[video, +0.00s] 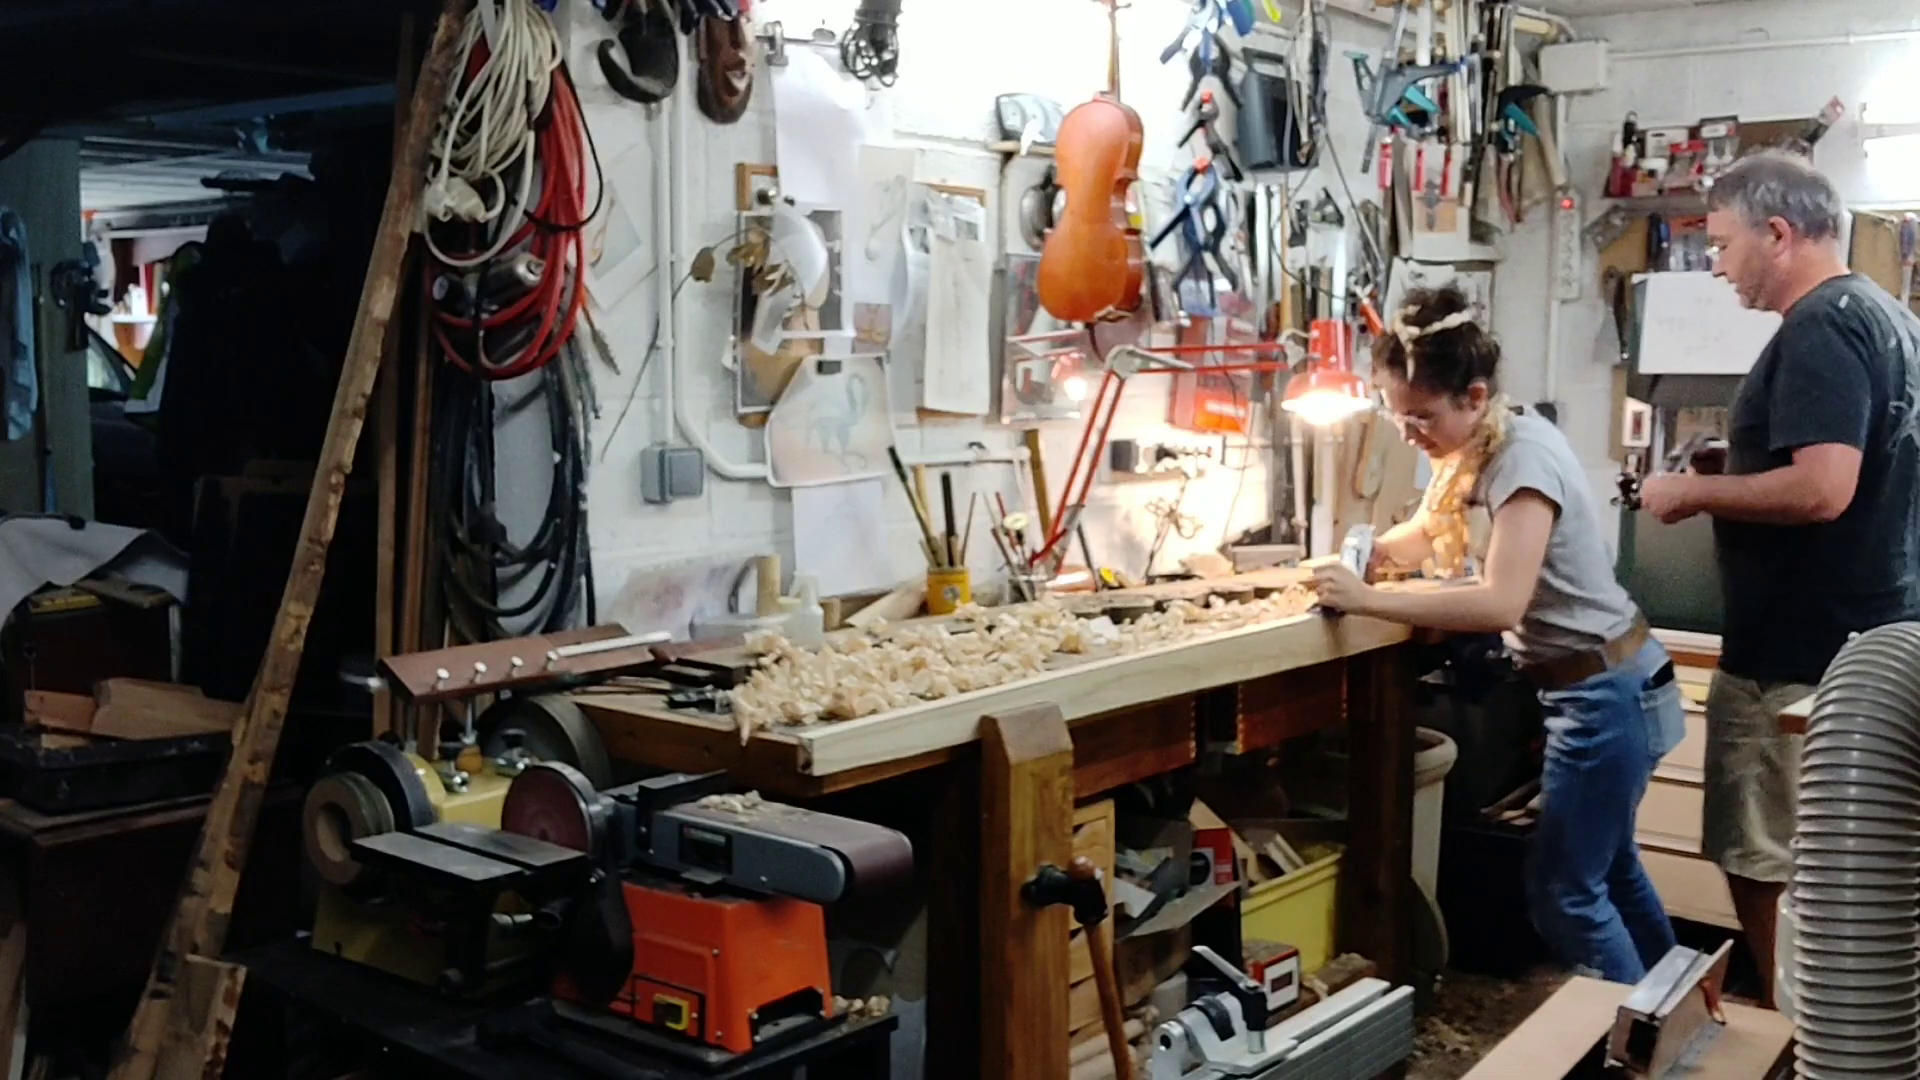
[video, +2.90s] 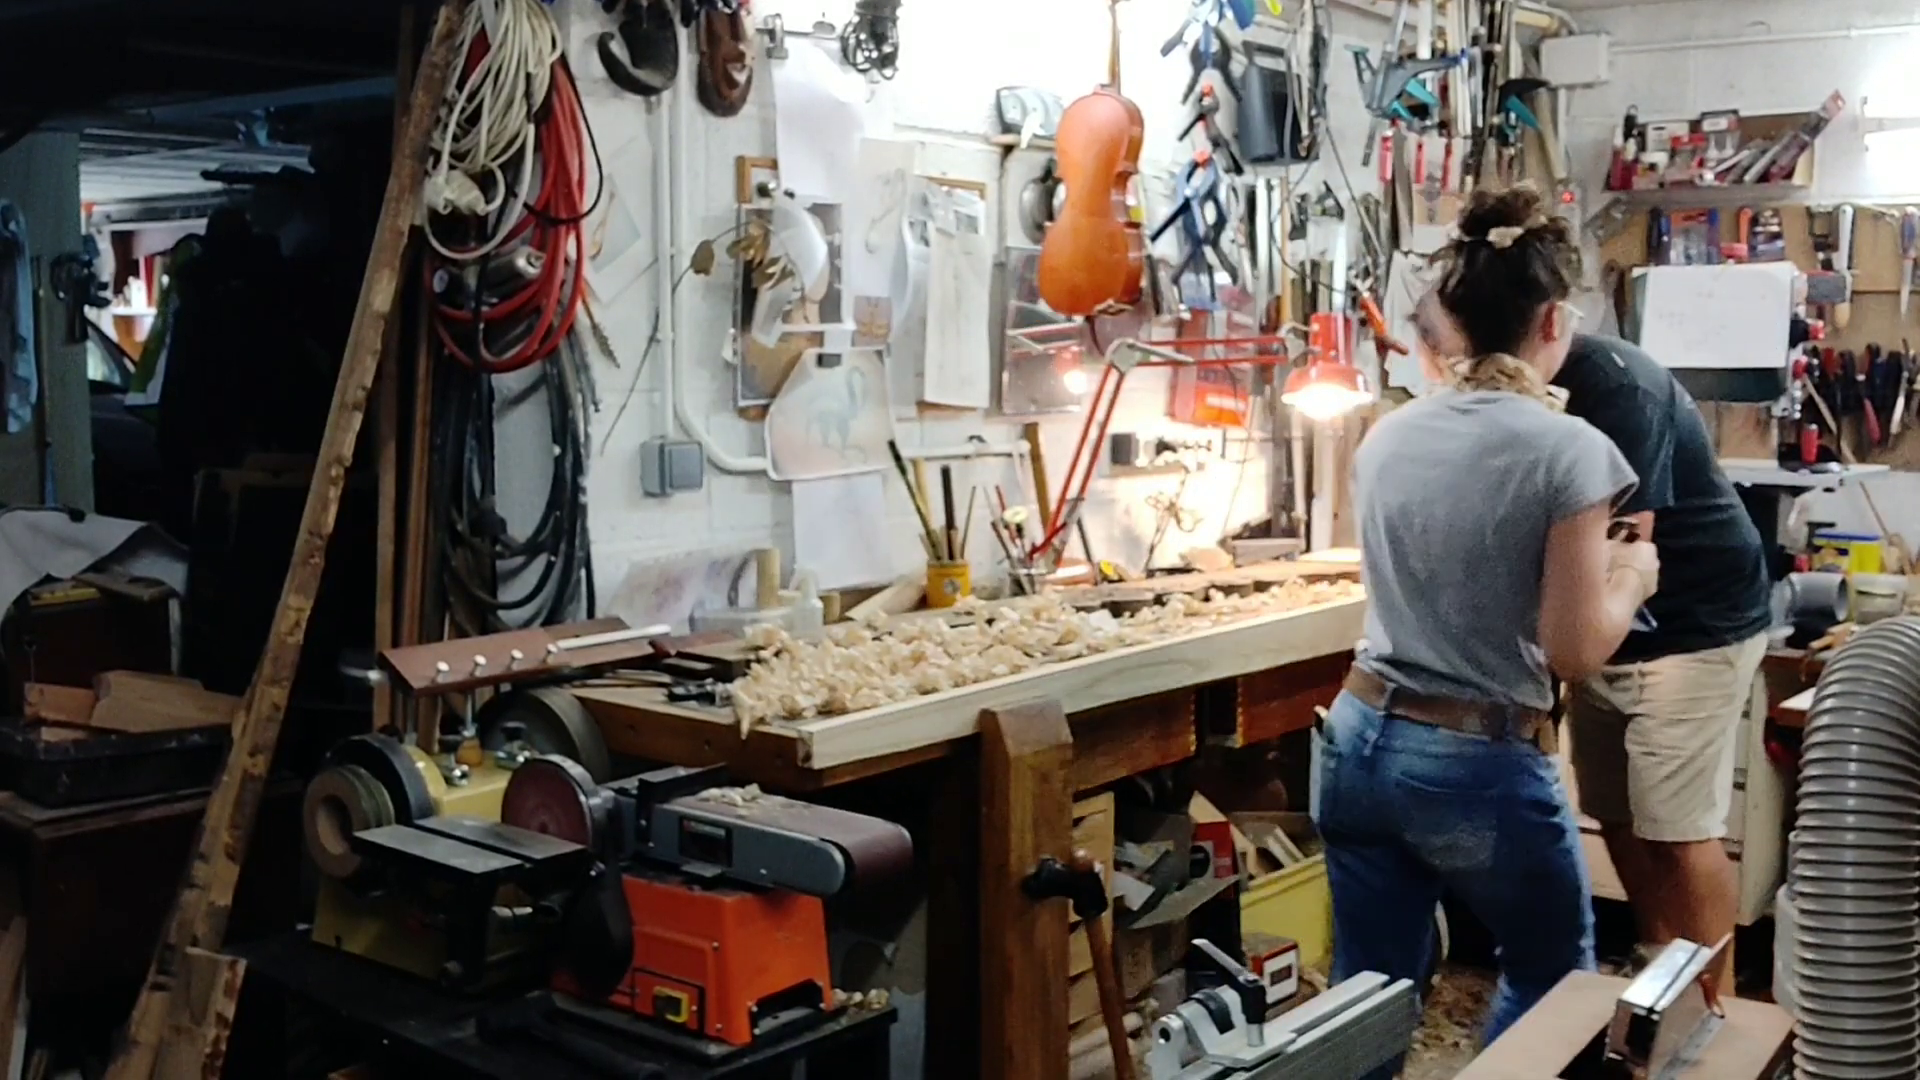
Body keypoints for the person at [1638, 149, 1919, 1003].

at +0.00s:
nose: (1715, 266)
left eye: (1721, 243)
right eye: (1712, 247)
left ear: (1780, 233)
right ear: (1796, 235)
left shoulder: (1825, 322)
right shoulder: (1877, 315)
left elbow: (1821, 487)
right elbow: (1849, 479)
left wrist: (1697, 491)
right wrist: (1719, 474)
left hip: (1791, 663)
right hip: (1857, 657)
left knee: (1764, 866)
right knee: (1836, 860)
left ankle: (1783, 1028)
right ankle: (1825, 1026)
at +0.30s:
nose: (1679, 261)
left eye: (1688, 238)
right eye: (1676, 242)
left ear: (1753, 226)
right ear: (1753, 231)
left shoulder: (1821, 317)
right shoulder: (1764, 320)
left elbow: (1845, 478)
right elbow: (1763, 461)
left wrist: (1686, 475)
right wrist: (1671, 457)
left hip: (1780, 648)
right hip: (1730, 636)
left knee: (1753, 841)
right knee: (1714, 808)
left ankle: (1780, 995)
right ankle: (1767, 967)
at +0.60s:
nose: (1638, 261)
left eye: (1655, 241)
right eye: (1629, 244)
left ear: (1721, 233)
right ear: (1627, 246)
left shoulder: (1799, 319)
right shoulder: (1660, 339)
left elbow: (1862, 467)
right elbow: (1662, 452)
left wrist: (1707, 475)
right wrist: (1611, 460)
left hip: (1754, 643)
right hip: (1656, 629)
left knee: (1748, 841)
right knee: (1662, 818)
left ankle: (1783, 1009)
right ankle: (1677, 976)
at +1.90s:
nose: (1587, 281)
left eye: (1600, 259)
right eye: (1578, 265)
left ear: (1661, 242)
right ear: (1577, 260)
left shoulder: (1736, 325)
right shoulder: (1604, 339)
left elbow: (1725, 477)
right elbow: (1583, 457)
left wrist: (1579, 509)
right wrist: (1547, 491)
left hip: (1727, 631)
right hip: (1625, 623)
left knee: (1742, 822)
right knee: (1649, 805)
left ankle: (1755, 1001)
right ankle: (1673, 968)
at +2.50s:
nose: (1488, 373)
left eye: (1495, 354)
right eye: (1478, 359)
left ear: (1549, 322)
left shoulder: (1639, 375)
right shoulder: (1538, 395)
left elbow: (1663, 537)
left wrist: (1546, 554)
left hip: (1705, 629)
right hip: (1607, 630)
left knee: (1695, 816)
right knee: (1608, 807)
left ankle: (1754, 999)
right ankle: (1664, 963)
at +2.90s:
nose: (1478, 367)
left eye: (1502, 347)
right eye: (1468, 349)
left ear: (1551, 324)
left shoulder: (1620, 389)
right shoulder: (1500, 390)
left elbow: (1628, 555)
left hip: (1700, 623)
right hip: (1596, 628)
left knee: (1676, 830)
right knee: (1621, 825)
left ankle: (1713, 1014)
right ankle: (1666, 995)